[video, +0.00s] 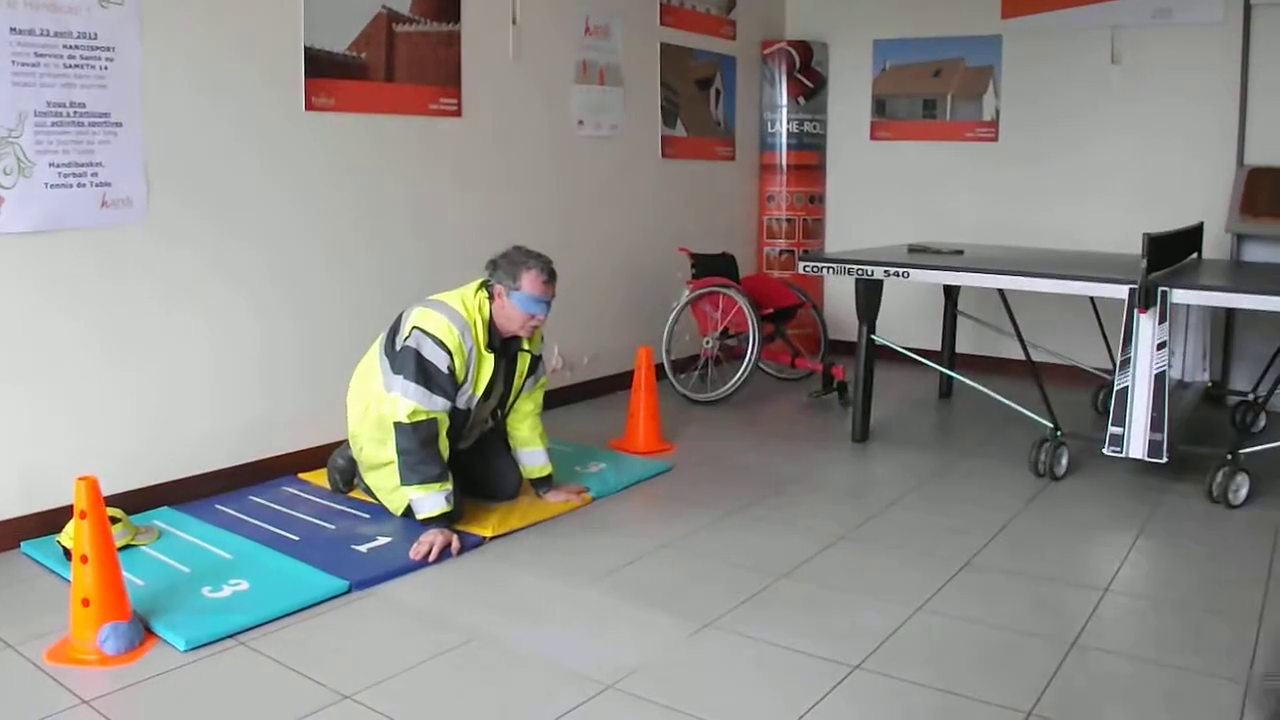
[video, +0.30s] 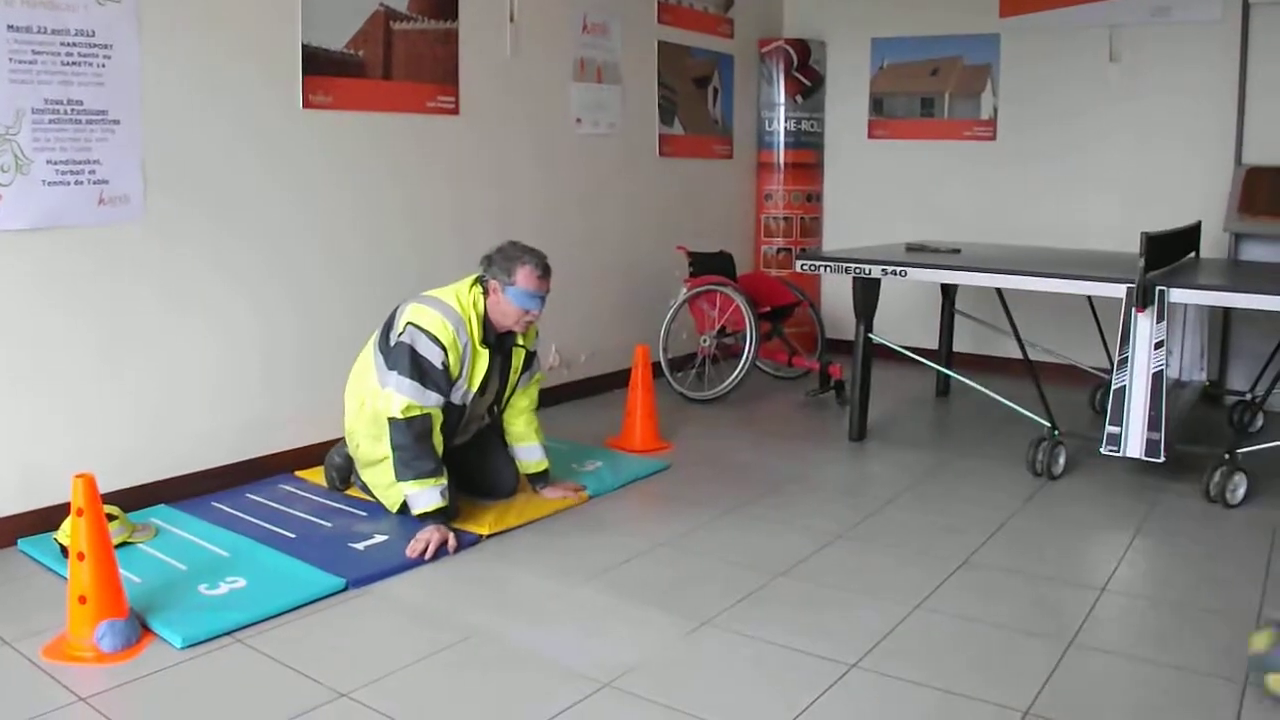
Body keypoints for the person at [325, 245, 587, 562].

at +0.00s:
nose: (540, 318)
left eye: (546, 307)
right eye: (532, 306)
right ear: (498, 295)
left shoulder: (527, 337)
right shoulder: (437, 331)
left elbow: (524, 411)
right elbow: (415, 427)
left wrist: (545, 484)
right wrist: (436, 523)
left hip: (461, 415)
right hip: (387, 422)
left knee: (504, 487)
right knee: (432, 512)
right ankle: (362, 462)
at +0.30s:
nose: (535, 313)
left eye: (541, 303)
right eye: (526, 300)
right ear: (493, 290)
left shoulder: (521, 331)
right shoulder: (431, 327)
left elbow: (520, 406)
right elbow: (410, 423)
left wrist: (541, 480)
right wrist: (433, 519)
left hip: (459, 415)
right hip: (385, 421)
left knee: (500, 485)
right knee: (414, 505)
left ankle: (425, 458)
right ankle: (358, 459)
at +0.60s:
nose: (535, 309)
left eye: (541, 298)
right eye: (527, 297)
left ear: (546, 290)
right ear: (494, 286)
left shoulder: (522, 322)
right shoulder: (433, 322)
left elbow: (522, 399)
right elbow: (405, 417)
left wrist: (554, 463)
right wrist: (444, 504)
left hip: (463, 413)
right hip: (386, 421)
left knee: (502, 482)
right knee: (428, 511)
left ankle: (427, 459)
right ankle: (360, 455)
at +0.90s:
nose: (530, 300)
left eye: (535, 290)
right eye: (522, 288)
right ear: (489, 276)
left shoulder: (518, 314)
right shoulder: (428, 316)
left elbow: (516, 395)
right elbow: (422, 421)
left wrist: (546, 464)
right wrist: (472, 497)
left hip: (462, 414)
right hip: (390, 427)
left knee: (513, 487)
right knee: (443, 506)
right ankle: (361, 458)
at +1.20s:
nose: (522, 298)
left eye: (528, 287)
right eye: (513, 286)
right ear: (480, 276)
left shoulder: (512, 316)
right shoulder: (423, 319)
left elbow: (509, 397)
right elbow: (414, 421)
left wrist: (517, 467)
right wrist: (478, 489)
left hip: (452, 416)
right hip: (384, 430)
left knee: (492, 476)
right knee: (447, 505)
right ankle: (364, 456)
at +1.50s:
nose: (527, 292)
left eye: (532, 280)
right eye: (517, 280)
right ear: (483, 272)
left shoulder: (516, 314)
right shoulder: (426, 316)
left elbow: (515, 394)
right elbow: (416, 419)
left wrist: (525, 466)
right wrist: (479, 489)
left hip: (456, 416)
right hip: (388, 428)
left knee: (498, 476)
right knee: (450, 506)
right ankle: (369, 458)